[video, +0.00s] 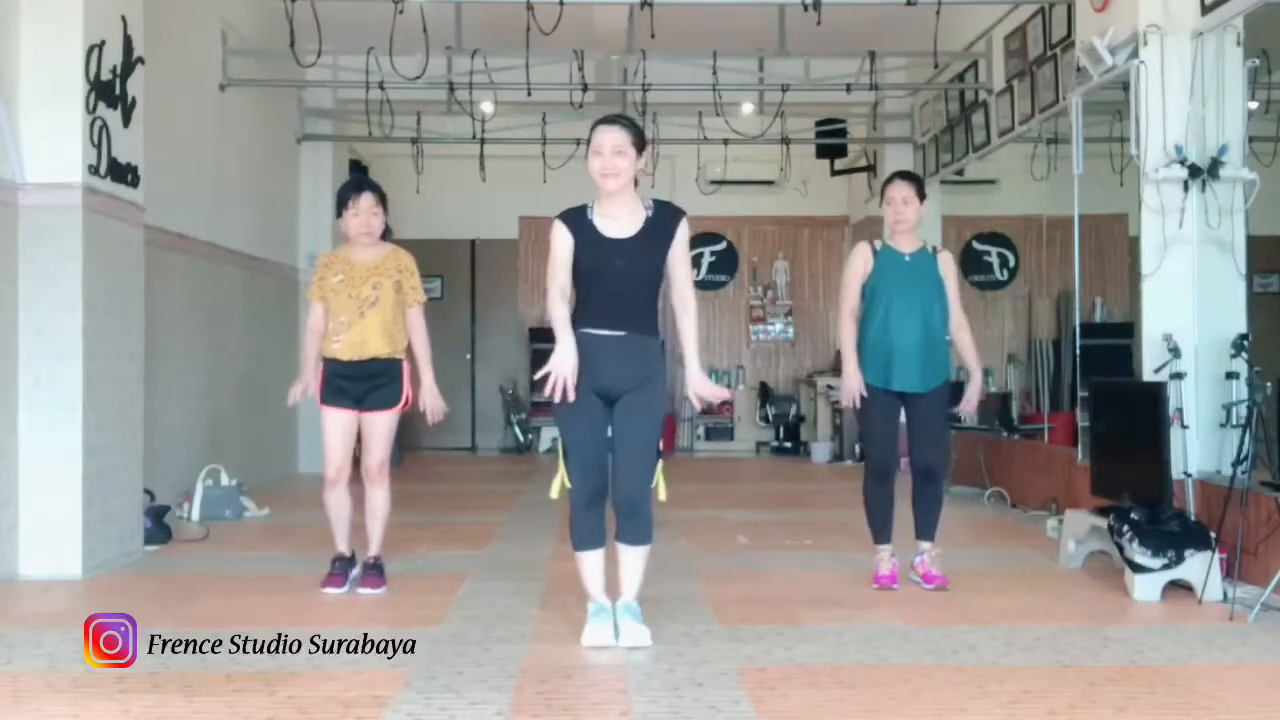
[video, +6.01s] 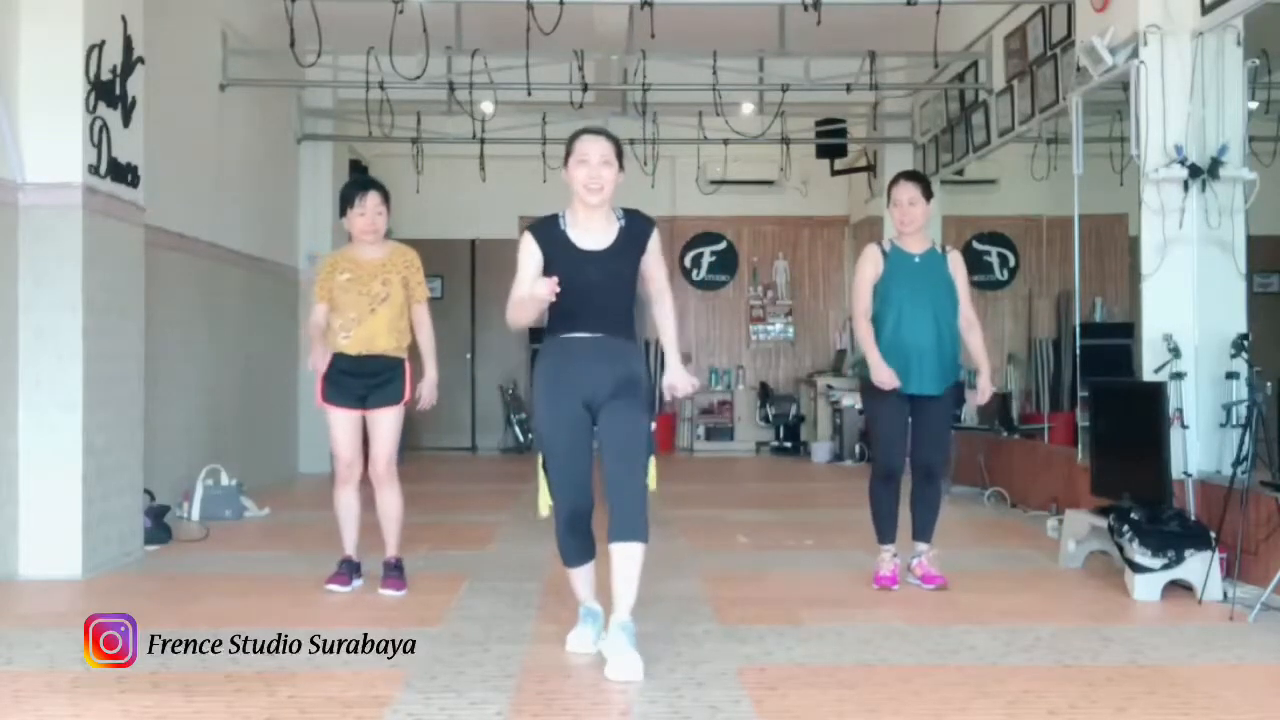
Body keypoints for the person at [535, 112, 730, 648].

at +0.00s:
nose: (607, 161)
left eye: (619, 151)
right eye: (598, 151)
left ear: (641, 159)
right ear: (586, 159)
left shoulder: (670, 223)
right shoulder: (569, 225)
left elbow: (684, 300)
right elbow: (558, 296)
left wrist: (693, 370)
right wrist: (565, 344)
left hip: (644, 369)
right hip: (581, 368)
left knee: (634, 488)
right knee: (587, 486)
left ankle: (628, 605)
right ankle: (597, 605)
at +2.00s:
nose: (608, 158)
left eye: (620, 150)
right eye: (600, 149)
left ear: (639, 162)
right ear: (586, 158)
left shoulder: (666, 220)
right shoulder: (566, 229)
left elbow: (684, 295)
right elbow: (550, 288)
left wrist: (695, 365)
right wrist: (567, 317)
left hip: (642, 370)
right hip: (578, 369)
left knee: (635, 491)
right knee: (585, 489)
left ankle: (629, 604)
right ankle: (597, 604)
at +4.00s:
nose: (607, 166)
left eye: (618, 156)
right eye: (597, 155)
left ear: (635, 165)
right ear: (582, 163)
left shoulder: (664, 220)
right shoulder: (562, 231)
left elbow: (685, 291)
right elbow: (544, 292)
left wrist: (692, 361)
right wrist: (567, 299)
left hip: (641, 368)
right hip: (576, 368)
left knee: (635, 490)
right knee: (585, 488)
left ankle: (629, 605)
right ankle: (597, 605)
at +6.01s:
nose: (594, 172)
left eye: (604, 163)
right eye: (583, 162)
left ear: (619, 173)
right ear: (565, 171)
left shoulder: (641, 231)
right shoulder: (540, 235)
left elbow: (660, 296)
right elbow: (516, 316)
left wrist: (673, 362)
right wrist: (533, 300)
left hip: (624, 370)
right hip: (559, 370)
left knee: (627, 492)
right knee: (571, 502)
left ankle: (622, 623)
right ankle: (588, 611)